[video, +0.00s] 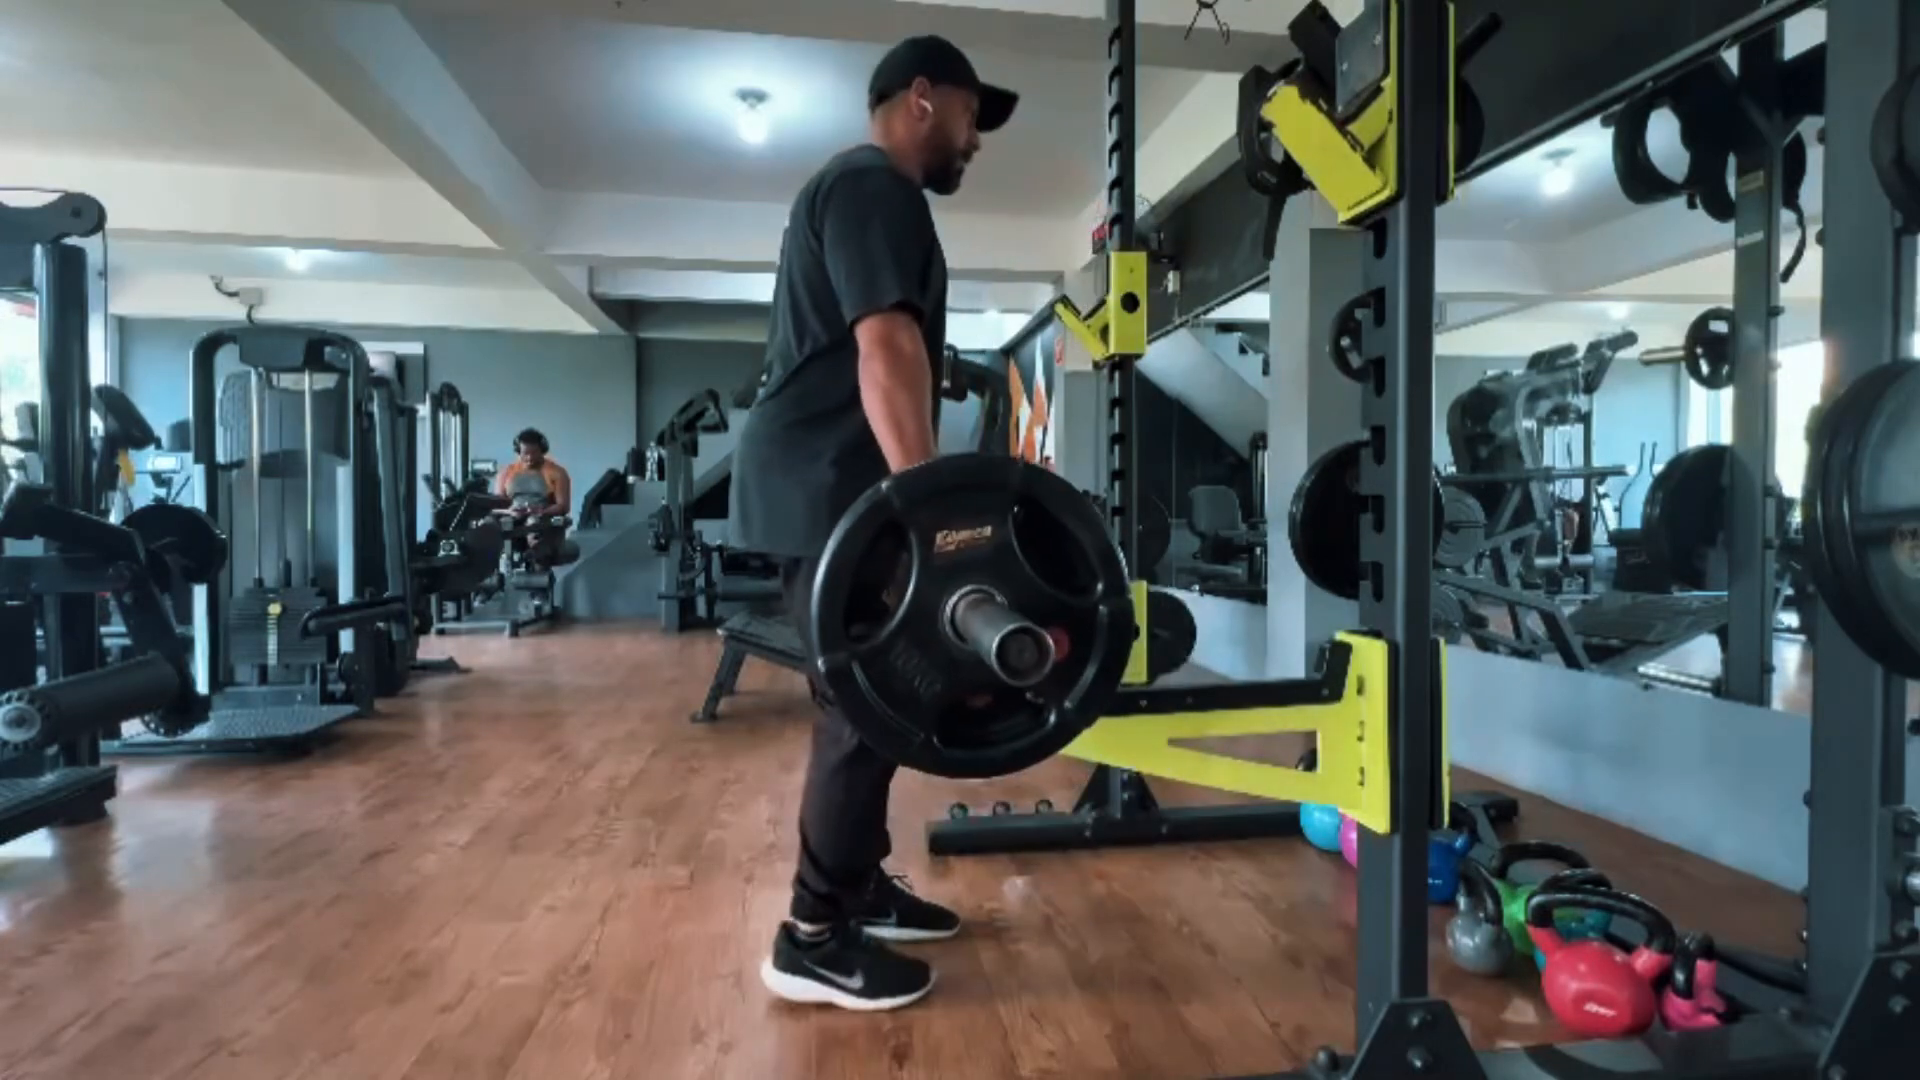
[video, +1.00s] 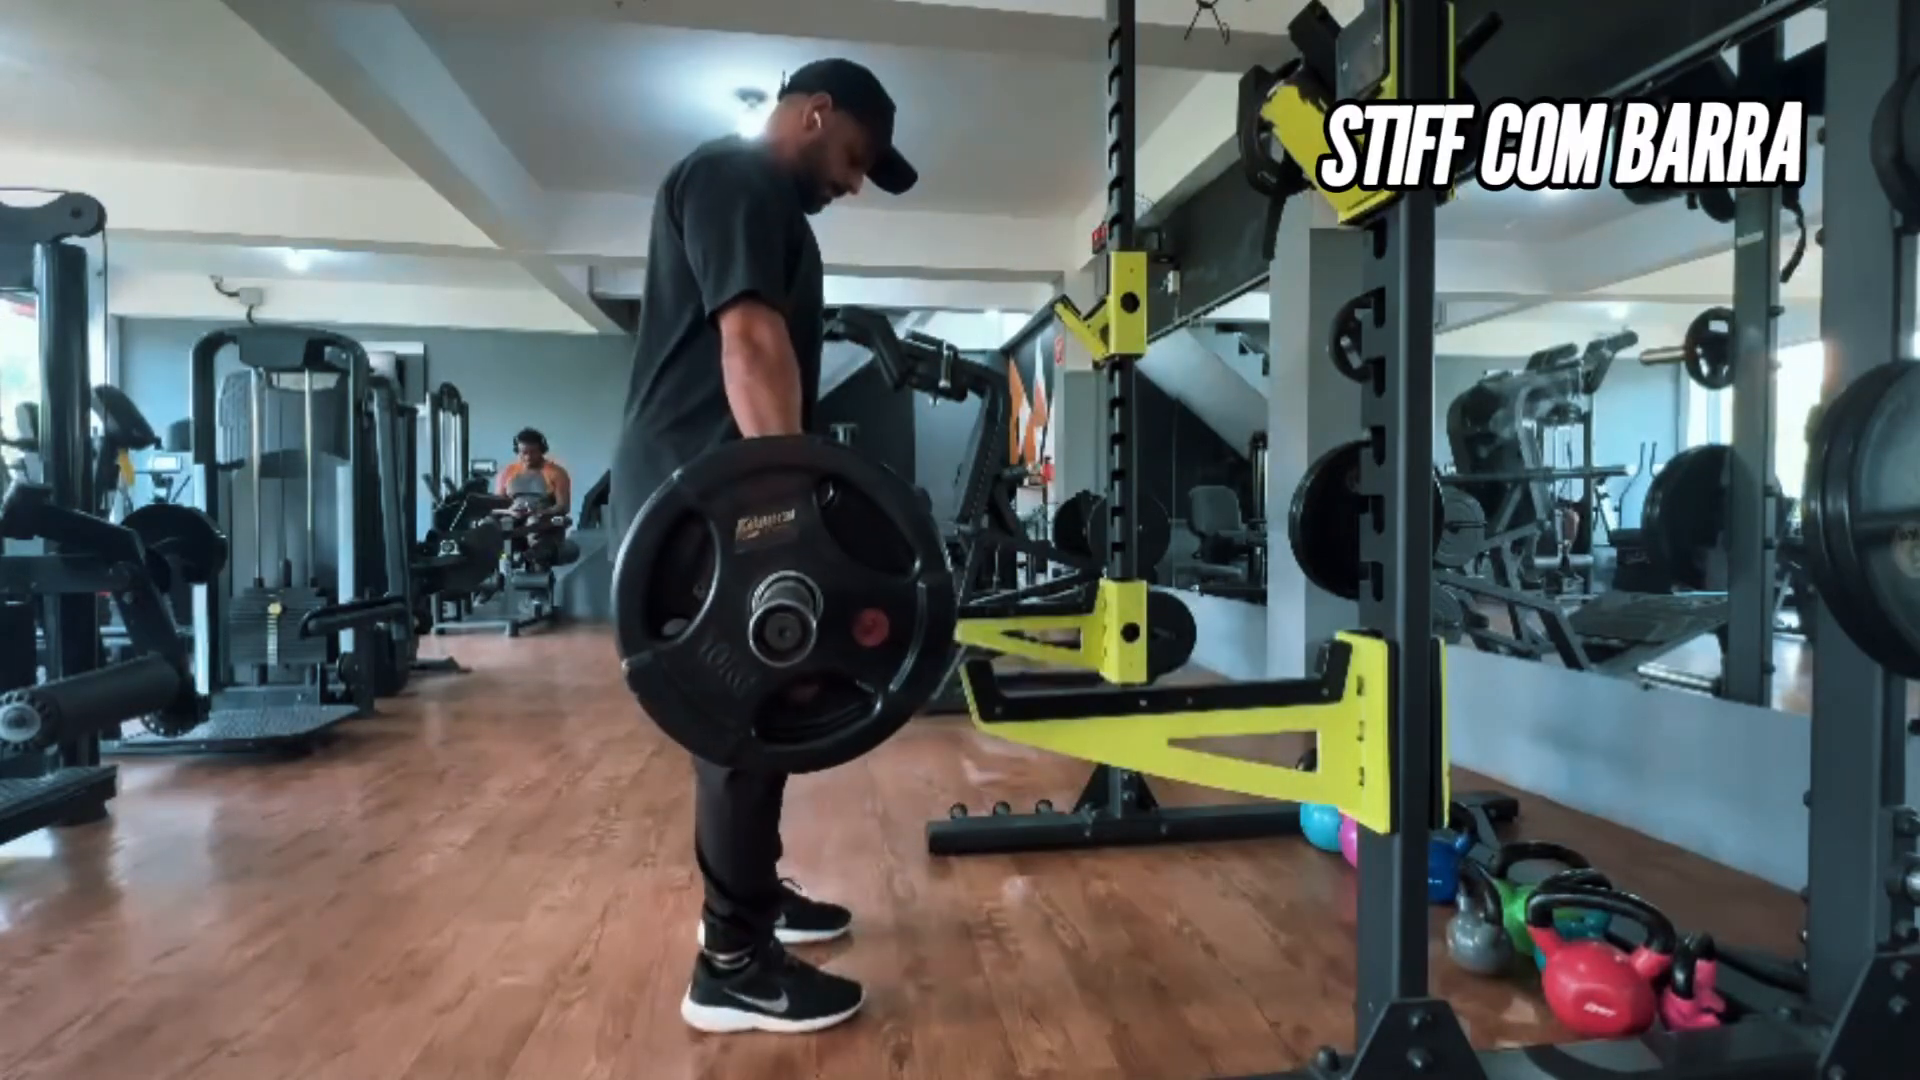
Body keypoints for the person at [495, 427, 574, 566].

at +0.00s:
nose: (529, 458)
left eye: (534, 453)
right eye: (525, 454)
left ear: (542, 452)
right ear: (518, 453)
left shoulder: (556, 473)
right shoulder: (508, 472)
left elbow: (563, 506)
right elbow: (500, 501)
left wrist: (540, 512)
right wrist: (512, 512)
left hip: (543, 518)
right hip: (514, 519)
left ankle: (542, 572)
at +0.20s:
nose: (530, 458)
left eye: (534, 453)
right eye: (525, 453)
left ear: (543, 452)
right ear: (519, 453)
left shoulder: (557, 473)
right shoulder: (509, 472)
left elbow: (563, 507)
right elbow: (501, 501)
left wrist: (541, 513)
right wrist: (513, 511)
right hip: (515, 522)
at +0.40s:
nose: (530, 457)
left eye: (534, 452)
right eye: (525, 453)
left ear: (543, 451)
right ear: (519, 453)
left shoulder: (557, 473)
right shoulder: (509, 472)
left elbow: (563, 507)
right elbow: (501, 501)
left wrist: (541, 513)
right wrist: (513, 511)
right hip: (514, 523)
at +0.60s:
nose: (528, 458)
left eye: (532, 452)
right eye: (523, 453)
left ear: (541, 451)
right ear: (517, 453)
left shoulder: (556, 473)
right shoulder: (508, 472)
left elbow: (563, 506)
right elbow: (500, 501)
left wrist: (540, 514)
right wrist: (513, 511)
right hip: (515, 523)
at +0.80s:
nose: (528, 458)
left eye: (532, 452)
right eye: (524, 453)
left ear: (542, 451)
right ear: (517, 452)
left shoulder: (556, 473)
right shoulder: (508, 472)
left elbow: (563, 506)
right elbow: (500, 501)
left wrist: (540, 514)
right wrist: (513, 512)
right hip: (515, 525)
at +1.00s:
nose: (528, 458)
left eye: (532, 452)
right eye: (523, 453)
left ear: (541, 451)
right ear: (517, 453)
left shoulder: (556, 473)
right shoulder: (508, 472)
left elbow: (563, 506)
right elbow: (500, 501)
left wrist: (540, 514)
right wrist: (512, 512)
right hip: (515, 523)